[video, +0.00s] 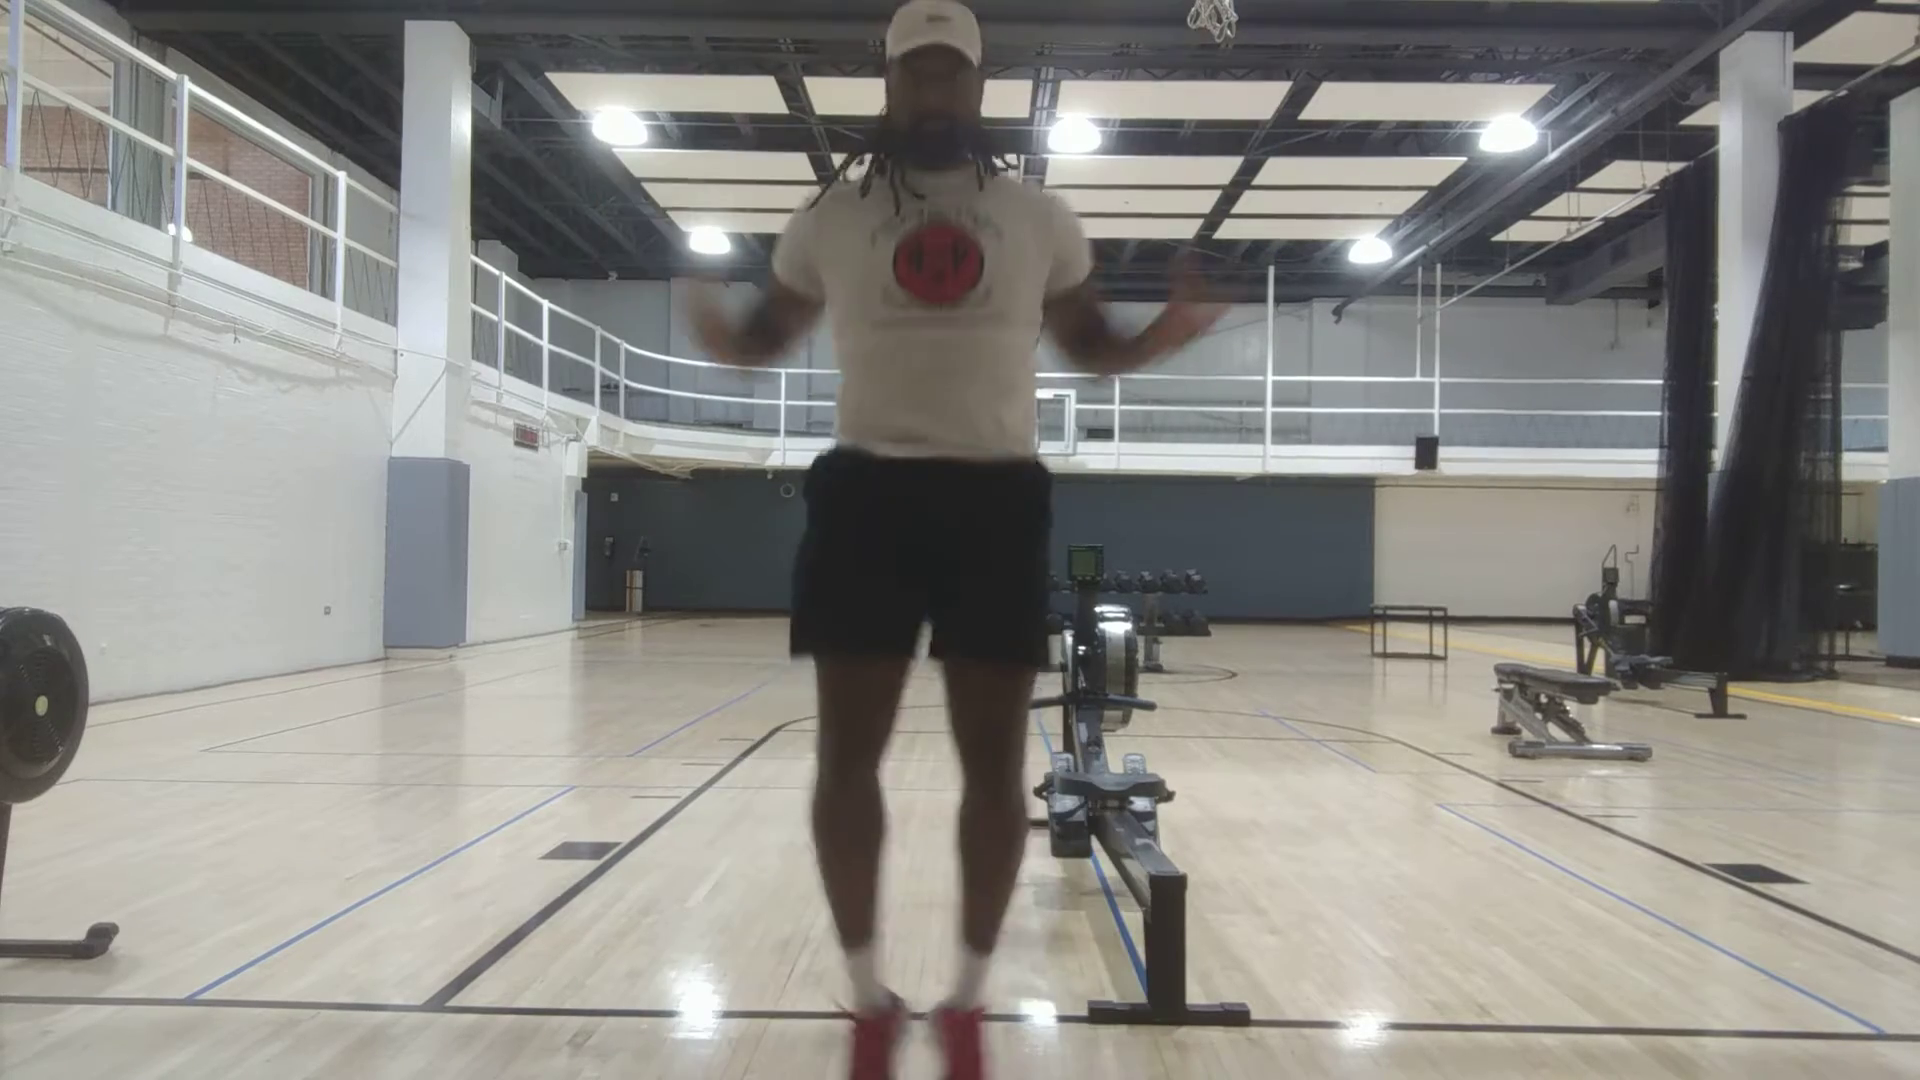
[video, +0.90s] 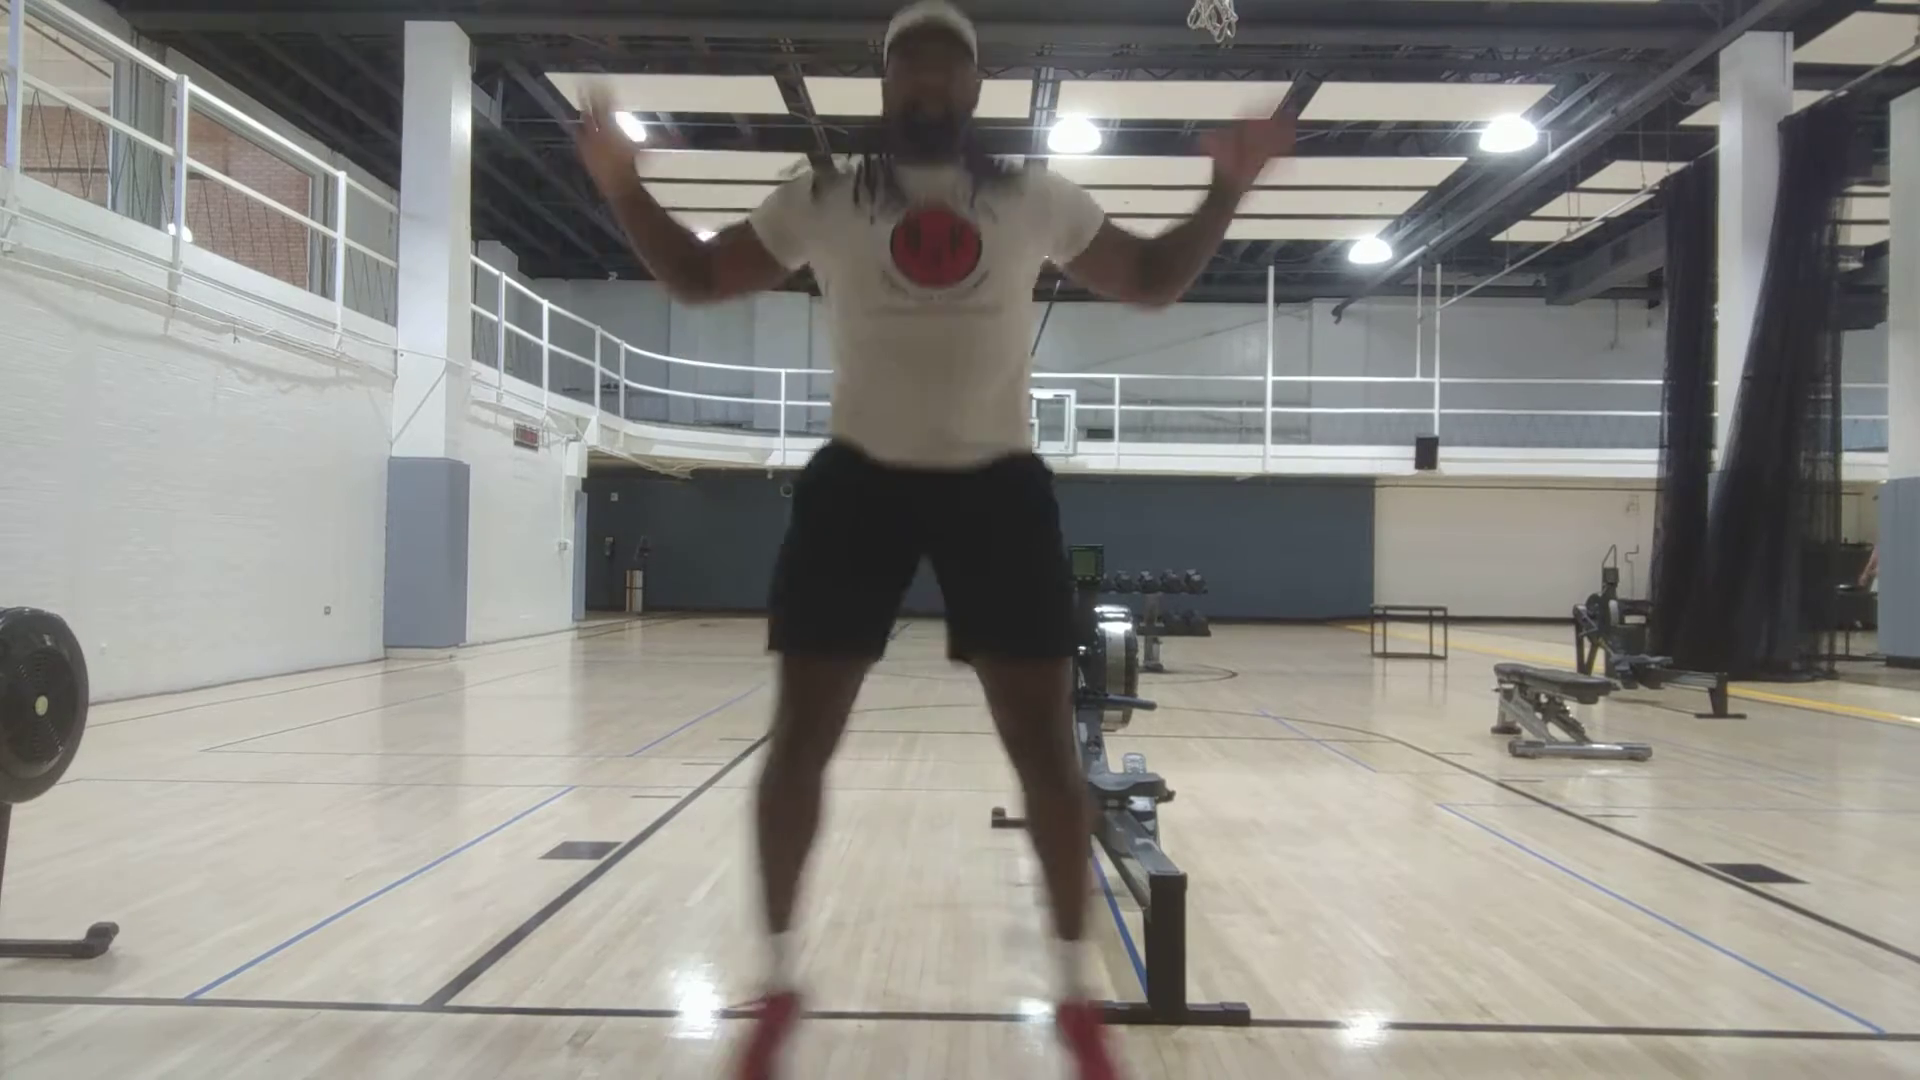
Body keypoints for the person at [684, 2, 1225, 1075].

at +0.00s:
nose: (937, 89)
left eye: (954, 71)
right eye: (919, 71)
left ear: (980, 87)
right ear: (886, 87)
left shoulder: (1035, 211)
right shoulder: (833, 215)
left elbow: (1092, 348)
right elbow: (761, 340)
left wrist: (1162, 332)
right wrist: (724, 325)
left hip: (997, 501)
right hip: (866, 498)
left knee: (993, 766)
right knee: (849, 760)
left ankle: (967, 1001)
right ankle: (868, 997)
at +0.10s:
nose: (928, 133)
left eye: (946, 117)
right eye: (910, 116)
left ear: (973, 140)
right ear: (880, 137)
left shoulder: (1028, 279)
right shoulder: (829, 275)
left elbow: (1051, 417)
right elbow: (804, 424)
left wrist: (1051, 426)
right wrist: (799, 417)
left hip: (989, 557)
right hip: (863, 552)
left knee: (982, 820)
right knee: (857, 810)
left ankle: (957, 1030)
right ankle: (875, 1033)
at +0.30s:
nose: (925, 111)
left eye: (943, 93)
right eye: (906, 94)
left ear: (971, 113)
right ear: (877, 114)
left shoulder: (1024, 252)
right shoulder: (824, 250)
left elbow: (1085, 373)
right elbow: (760, 371)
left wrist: (1133, 366)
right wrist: (716, 373)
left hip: (989, 528)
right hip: (859, 527)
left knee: (989, 779)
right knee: (846, 769)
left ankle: (970, 1005)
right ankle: (863, 1001)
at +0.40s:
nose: (923, 65)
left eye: (941, 49)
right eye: (903, 50)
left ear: (972, 75)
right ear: (875, 76)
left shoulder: (1026, 195)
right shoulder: (825, 193)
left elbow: (1135, 308)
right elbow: (707, 304)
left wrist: (1192, 231)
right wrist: (639, 238)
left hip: (990, 481)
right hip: (854, 480)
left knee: (1013, 738)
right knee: (817, 733)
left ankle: (1033, 983)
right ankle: (799, 979)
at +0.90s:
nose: (929, 75)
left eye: (948, 58)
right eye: (910, 58)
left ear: (979, 82)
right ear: (881, 81)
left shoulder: (1034, 197)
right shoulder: (829, 198)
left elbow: (1150, 279)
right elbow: (698, 276)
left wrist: (1229, 189)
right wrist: (622, 188)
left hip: (997, 490)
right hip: (858, 487)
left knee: (1044, 740)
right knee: (803, 732)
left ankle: (1077, 992)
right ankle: (775, 980)